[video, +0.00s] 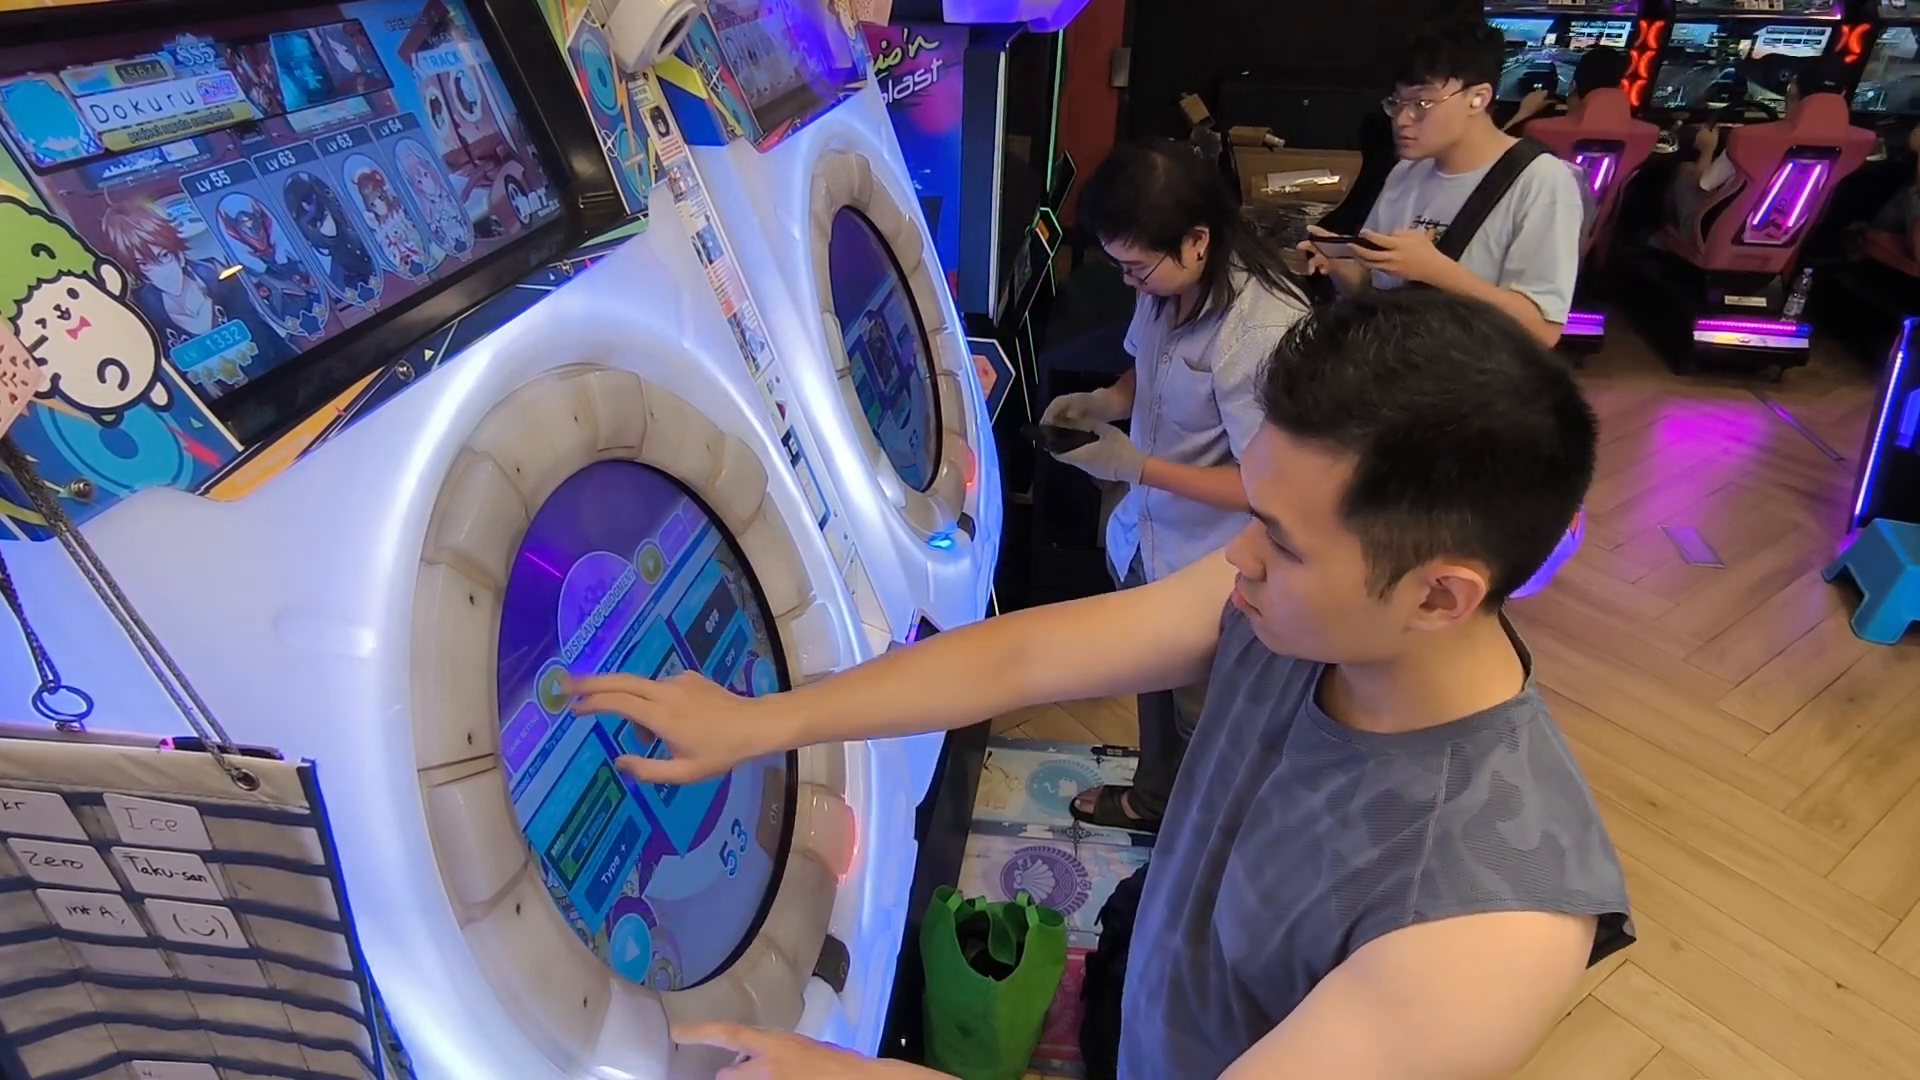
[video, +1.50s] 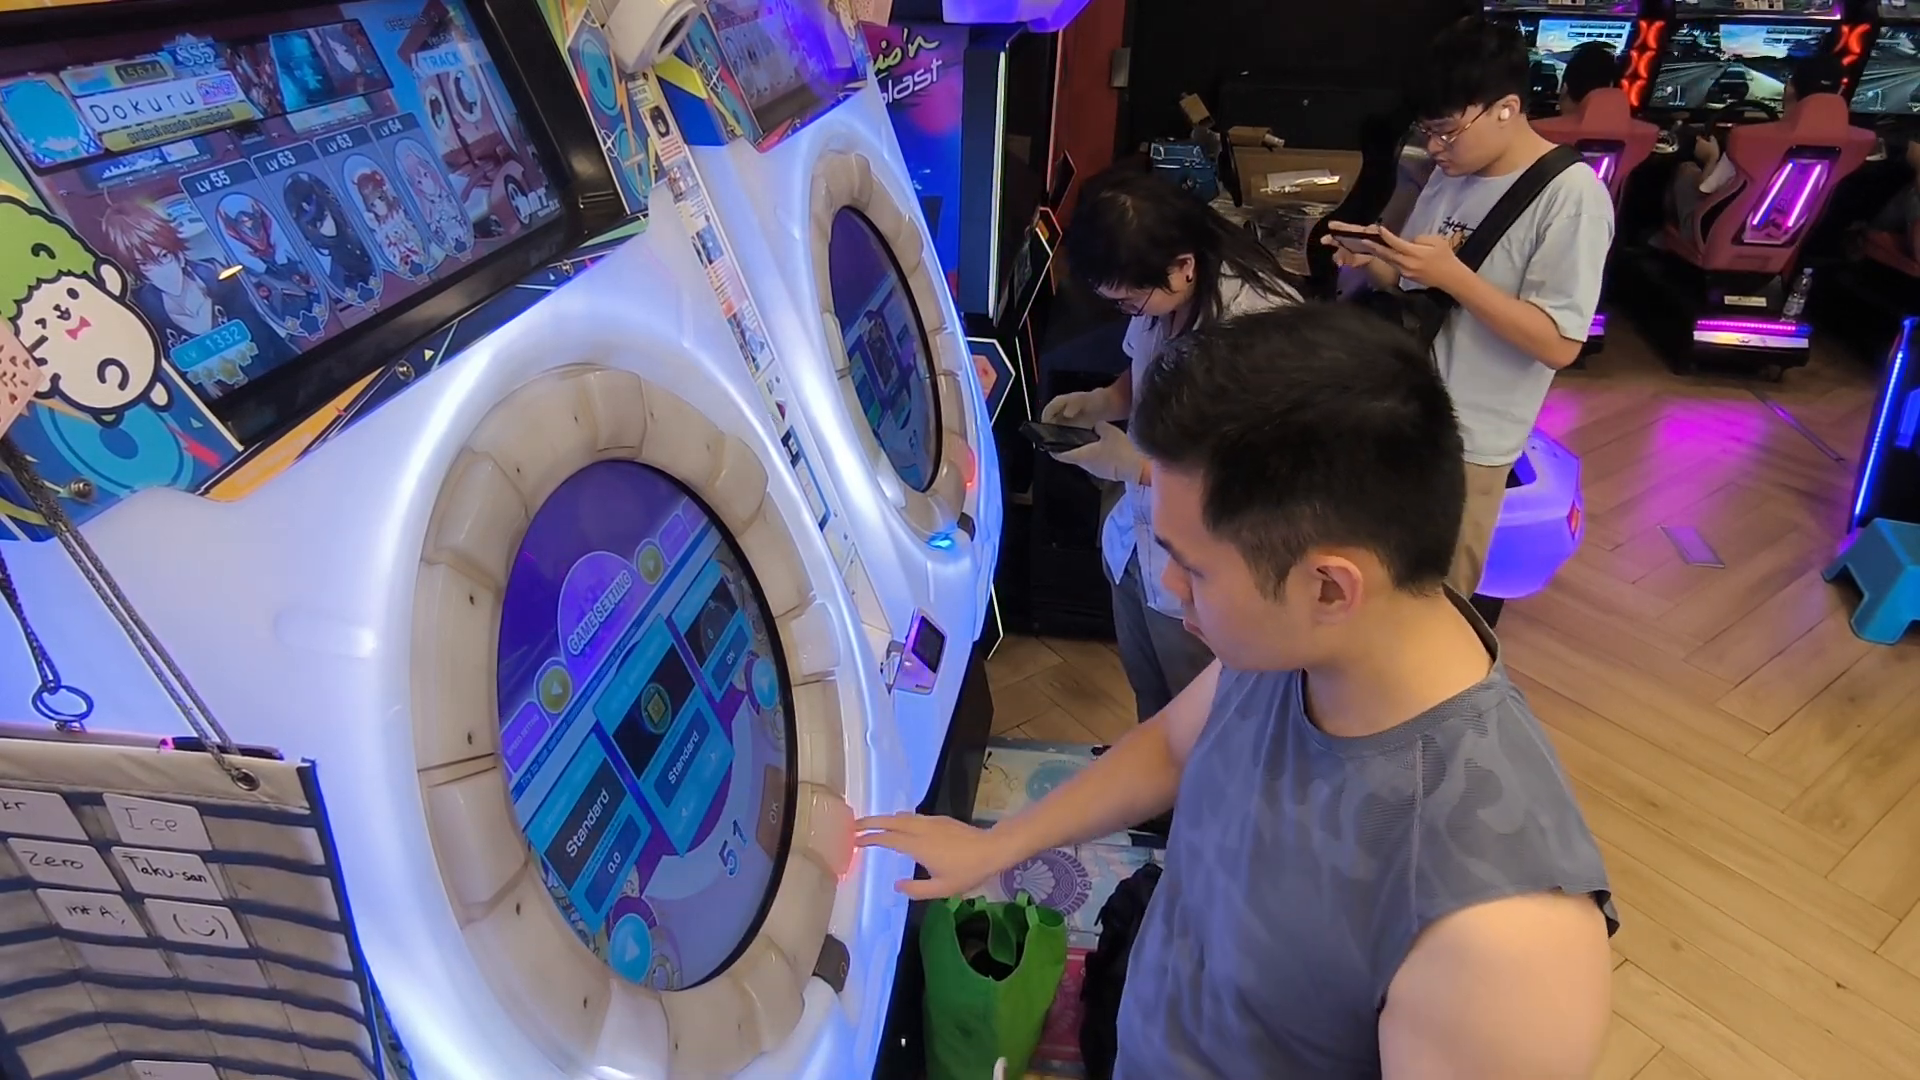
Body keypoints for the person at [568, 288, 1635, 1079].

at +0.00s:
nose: (1233, 553)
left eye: (1283, 543)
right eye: (1248, 509)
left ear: (1443, 594)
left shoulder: (1492, 915)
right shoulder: (1284, 587)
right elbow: (1018, 656)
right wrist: (760, 719)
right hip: (1138, 1016)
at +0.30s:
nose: (1228, 559)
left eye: (1274, 548)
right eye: (1245, 520)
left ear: (1434, 597)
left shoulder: (1484, 912)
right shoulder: (1289, 602)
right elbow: (1066, 704)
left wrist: (858, 1070)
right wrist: (872, 827)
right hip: (1130, 1017)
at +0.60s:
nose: (1205, 564)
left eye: (1242, 551)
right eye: (1217, 525)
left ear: (1403, 594)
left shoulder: (1475, 913)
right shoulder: (1300, 624)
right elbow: (1115, 718)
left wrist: (872, 1066)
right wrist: (933, 832)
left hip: (1182, 1074)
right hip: (1130, 1006)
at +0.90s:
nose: (1196, 572)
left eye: (1223, 554)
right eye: (1200, 537)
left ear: (1371, 589)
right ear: (1370, 584)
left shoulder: (1481, 913)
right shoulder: (1300, 628)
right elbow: (1100, 728)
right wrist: (886, 792)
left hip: (1199, 1076)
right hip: (1133, 1007)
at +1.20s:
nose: (1188, 580)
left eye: (1212, 564)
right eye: (1192, 546)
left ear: (1366, 595)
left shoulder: (1502, 926)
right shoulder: (1287, 632)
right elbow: (1129, 714)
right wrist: (972, 837)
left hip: (1209, 1076)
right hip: (1131, 997)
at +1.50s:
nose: (1164, 582)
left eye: (1188, 566)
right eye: (1165, 550)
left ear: (1331, 589)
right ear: (1329, 591)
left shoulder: (1501, 925)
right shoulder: (1288, 642)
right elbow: (1165, 748)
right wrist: (1000, 843)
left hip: (1213, 1073)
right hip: (1140, 984)